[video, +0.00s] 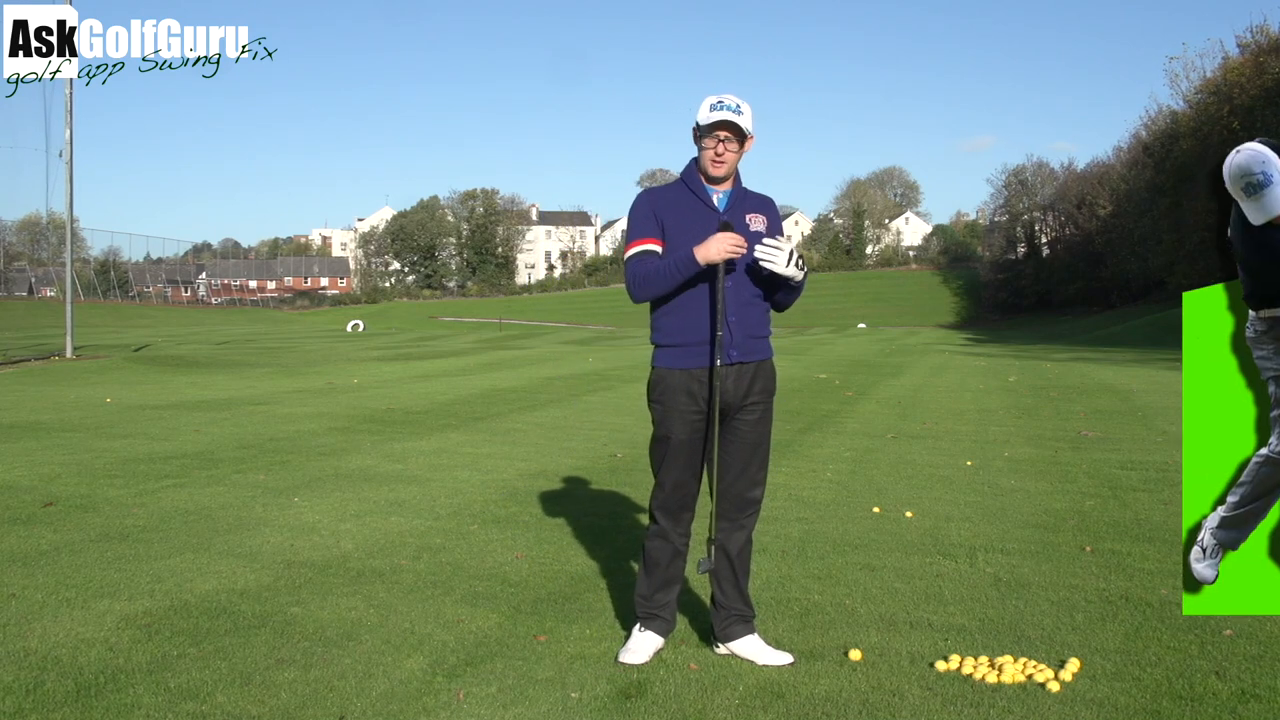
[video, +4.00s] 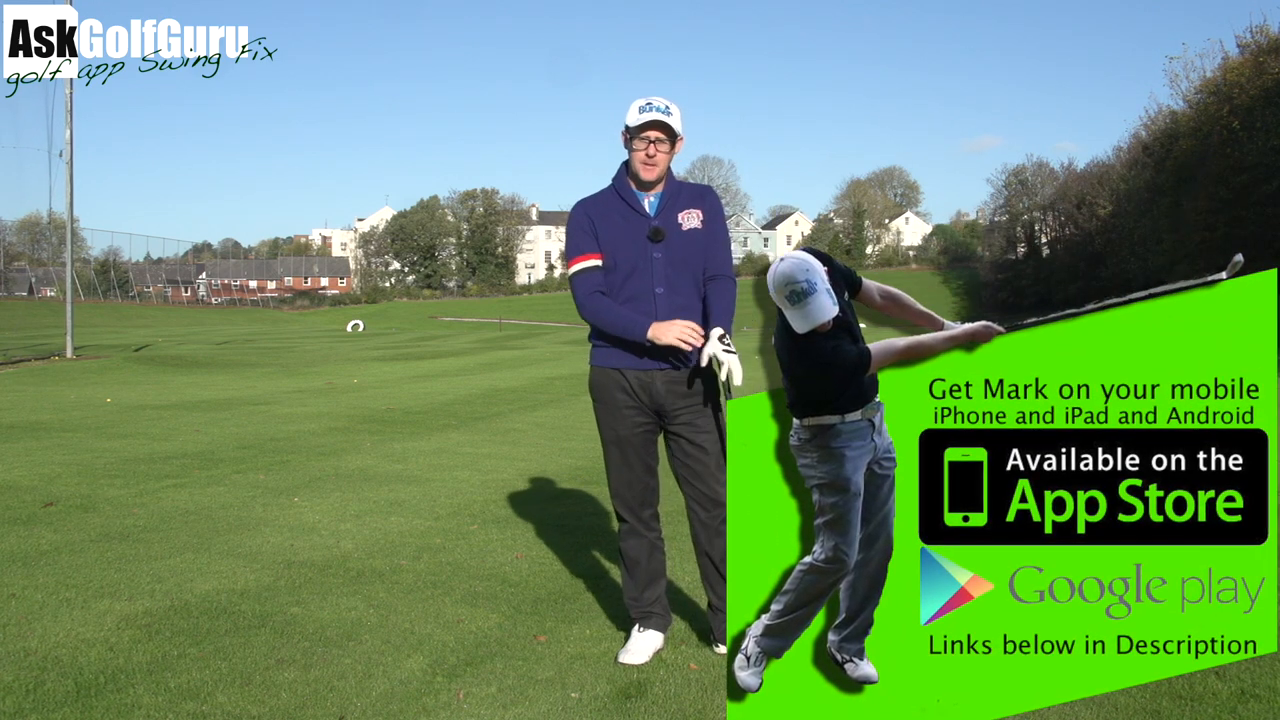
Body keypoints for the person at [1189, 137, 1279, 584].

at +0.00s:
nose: (1267, 216)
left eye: (1269, 203)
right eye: (1257, 209)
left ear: (1276, 181)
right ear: (1240, 196)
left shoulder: (1250, 218)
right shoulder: (1244, 221)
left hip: (1269, 328)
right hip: (1268, 329)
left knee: (1279, 440)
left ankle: (1218, 532)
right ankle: (1217, 533)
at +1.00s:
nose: (905, 304)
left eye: (907, 290)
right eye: (893, 301)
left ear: (905, 264)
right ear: (867, 288)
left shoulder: (902, 250)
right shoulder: (886, 328)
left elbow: (962, 277)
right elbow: (977, 333)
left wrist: (1027, 306)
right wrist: (1045, 317)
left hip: (953, 406)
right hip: (910, 420)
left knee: (956, 527)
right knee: (917, 535)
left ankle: (928, 623)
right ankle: (844, 621)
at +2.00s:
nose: (823, 324)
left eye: (825, 310)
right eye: (811, 321)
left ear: (824, 284)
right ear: (785, 309)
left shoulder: (819, 268)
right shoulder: (808, 351)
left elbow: (880, 296)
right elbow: (900, 351)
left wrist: (946, 326)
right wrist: (963, 337)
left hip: (871, 425)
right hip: (829, 439)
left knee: (874, 547)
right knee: (835, 555)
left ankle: (846, 643)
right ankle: (762, 641)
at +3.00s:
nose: (823, 324)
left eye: (825, 311)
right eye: (811, 322)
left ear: (824, 285)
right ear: (785, 311)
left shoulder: (818, 268)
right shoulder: (809, 353)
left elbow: (880, 296)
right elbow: (900, 352)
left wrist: (946, 327)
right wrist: (963, 337)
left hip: (871, 425)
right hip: (829, 439)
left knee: (874, 546)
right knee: (835, 555)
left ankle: (846, 642)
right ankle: (762, 641)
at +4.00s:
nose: (823, 324)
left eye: (825, 310)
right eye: (811, 322)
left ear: (824, 284)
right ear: (785, 308)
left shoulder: (819, 268)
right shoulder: (807, 350)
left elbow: (880, 296)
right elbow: (899, 352)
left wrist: (946, 327)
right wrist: (963, 337)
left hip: (871, 425)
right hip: (828, 440)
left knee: (874, 546)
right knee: (835, 555)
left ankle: (846, 642)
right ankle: (762, 641)